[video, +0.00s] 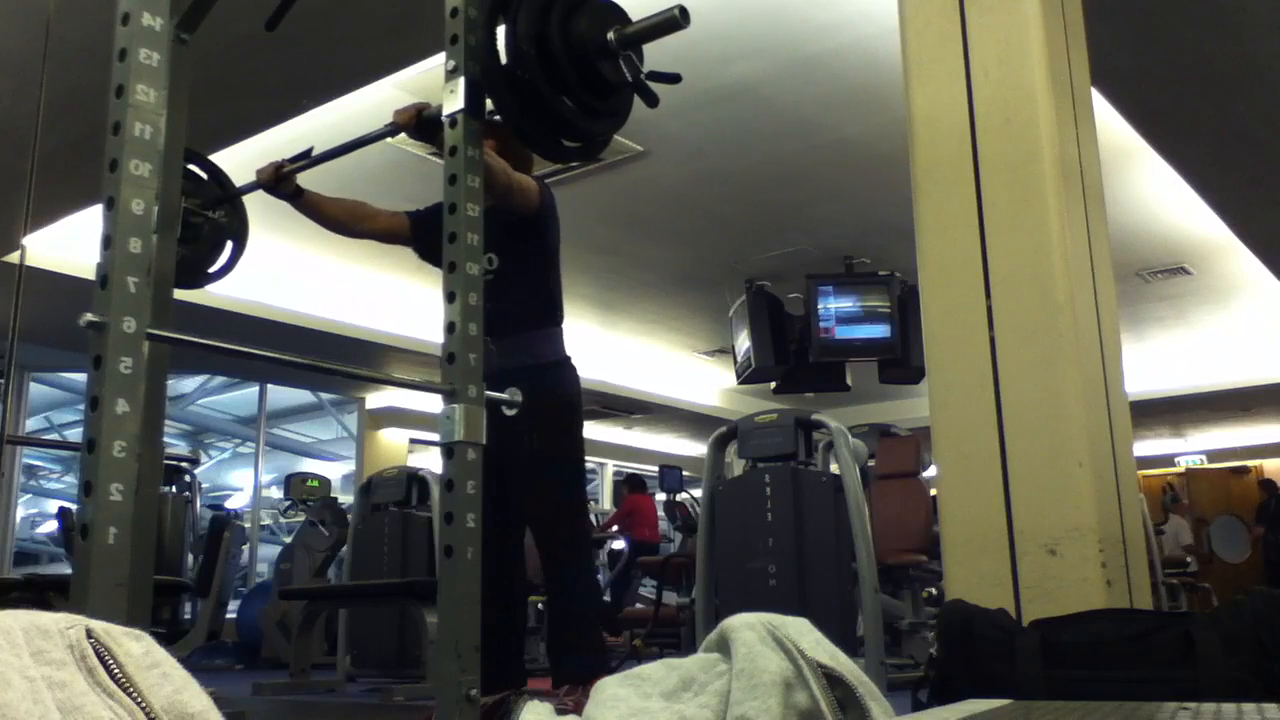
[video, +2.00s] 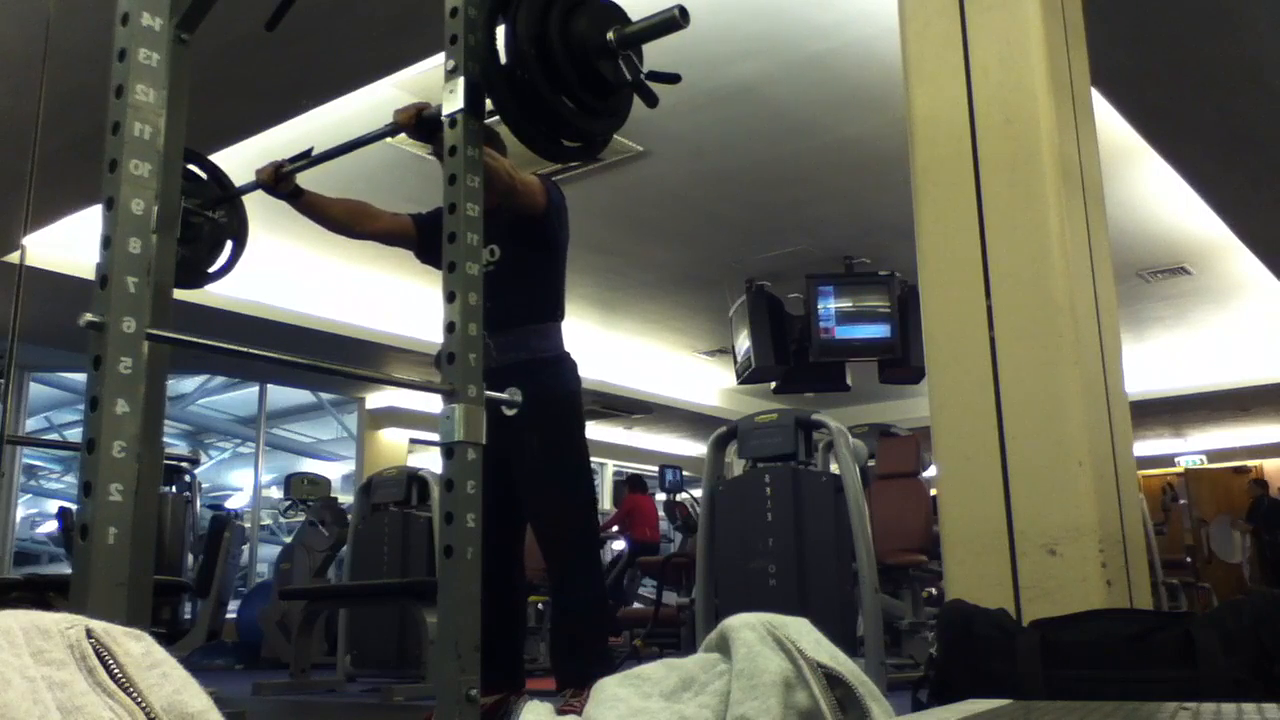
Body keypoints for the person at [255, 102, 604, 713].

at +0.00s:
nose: (471, 150)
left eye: (482, 140)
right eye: (466, 143)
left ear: (509, 146)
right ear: (461, 155)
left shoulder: (534, 202)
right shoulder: (454, 218)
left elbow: (502, 182)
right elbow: (369, 219)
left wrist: (440, 135)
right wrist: (294, 192)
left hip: (542, 388)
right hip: (481, 393)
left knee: (558, 536)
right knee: (489, 542)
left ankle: (575, 682)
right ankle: (498, 683)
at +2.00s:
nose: (464, 174)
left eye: (472, 161)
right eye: (457, 167)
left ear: (496, 155)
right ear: (450, 173)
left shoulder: (542, 203)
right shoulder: (454, 225)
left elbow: (503, 180)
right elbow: (371, 221)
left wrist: (440, 133)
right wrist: (295, 193)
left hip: (541, 385)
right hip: (478, 394)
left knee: (565, 538)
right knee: (488, 547)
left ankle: (579, 683)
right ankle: (498, 686)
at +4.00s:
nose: (468, 166)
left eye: (478, 154)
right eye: (462, 158)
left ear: (510, 155)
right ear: (458, 165)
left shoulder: (542, 209)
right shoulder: (456, 227)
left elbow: (505, 181)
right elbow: (368, 224)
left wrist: (441, 133)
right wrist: (294, 192)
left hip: (537, 383)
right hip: (475, 391)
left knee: (563, 537)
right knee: (487, 546)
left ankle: (580, 684)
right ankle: (497, 687)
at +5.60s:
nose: (468, 157)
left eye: (479, 145)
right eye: (460, 146)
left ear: (504, 152)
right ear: (447, 154)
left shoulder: (526, 200)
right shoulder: (431, 217)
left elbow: (517, 207)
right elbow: (350, 252)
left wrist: (445, 142)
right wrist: (297, 198)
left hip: (512, 389)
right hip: (449, 392)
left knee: (503, 537)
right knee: (435, 536)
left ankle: (500, 683)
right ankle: (461, 679)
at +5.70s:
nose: (428, 155)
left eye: (444, 146)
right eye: (427, 147)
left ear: (476, 156)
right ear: (427, 159)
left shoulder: (502, 208)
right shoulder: (407, 226)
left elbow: (499, 226)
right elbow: (331, 273)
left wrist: (436, 144)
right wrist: (291, 203)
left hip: (490, 397)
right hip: (421, 399)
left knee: (469, 544)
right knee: (370, 533)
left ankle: (475, 685)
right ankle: (437, 677)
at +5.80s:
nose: (403, 150)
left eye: (418, 140)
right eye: (399, 142)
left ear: (446, 153)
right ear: (393, 158)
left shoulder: (470, 206)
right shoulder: (382, 226)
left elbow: (469, 241)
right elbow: (304, 284)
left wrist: (434, 160)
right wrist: (281, 206)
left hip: (447, 404)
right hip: (386, 402)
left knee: (426, 553)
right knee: (298, 524)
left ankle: (445, 690)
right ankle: (343, 675)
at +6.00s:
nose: (373, 118)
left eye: (389, 114)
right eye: (370, 112)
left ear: (409, 140)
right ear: (354, 135)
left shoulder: (412, 195)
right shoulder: (315, 210)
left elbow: (399, 231)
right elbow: (240, 271)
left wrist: (412, 147)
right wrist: (258, 194)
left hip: (351, 379)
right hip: (287, 380)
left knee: (351, 546)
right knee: (220, 517)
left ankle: (432, 681)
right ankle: (250, 694)